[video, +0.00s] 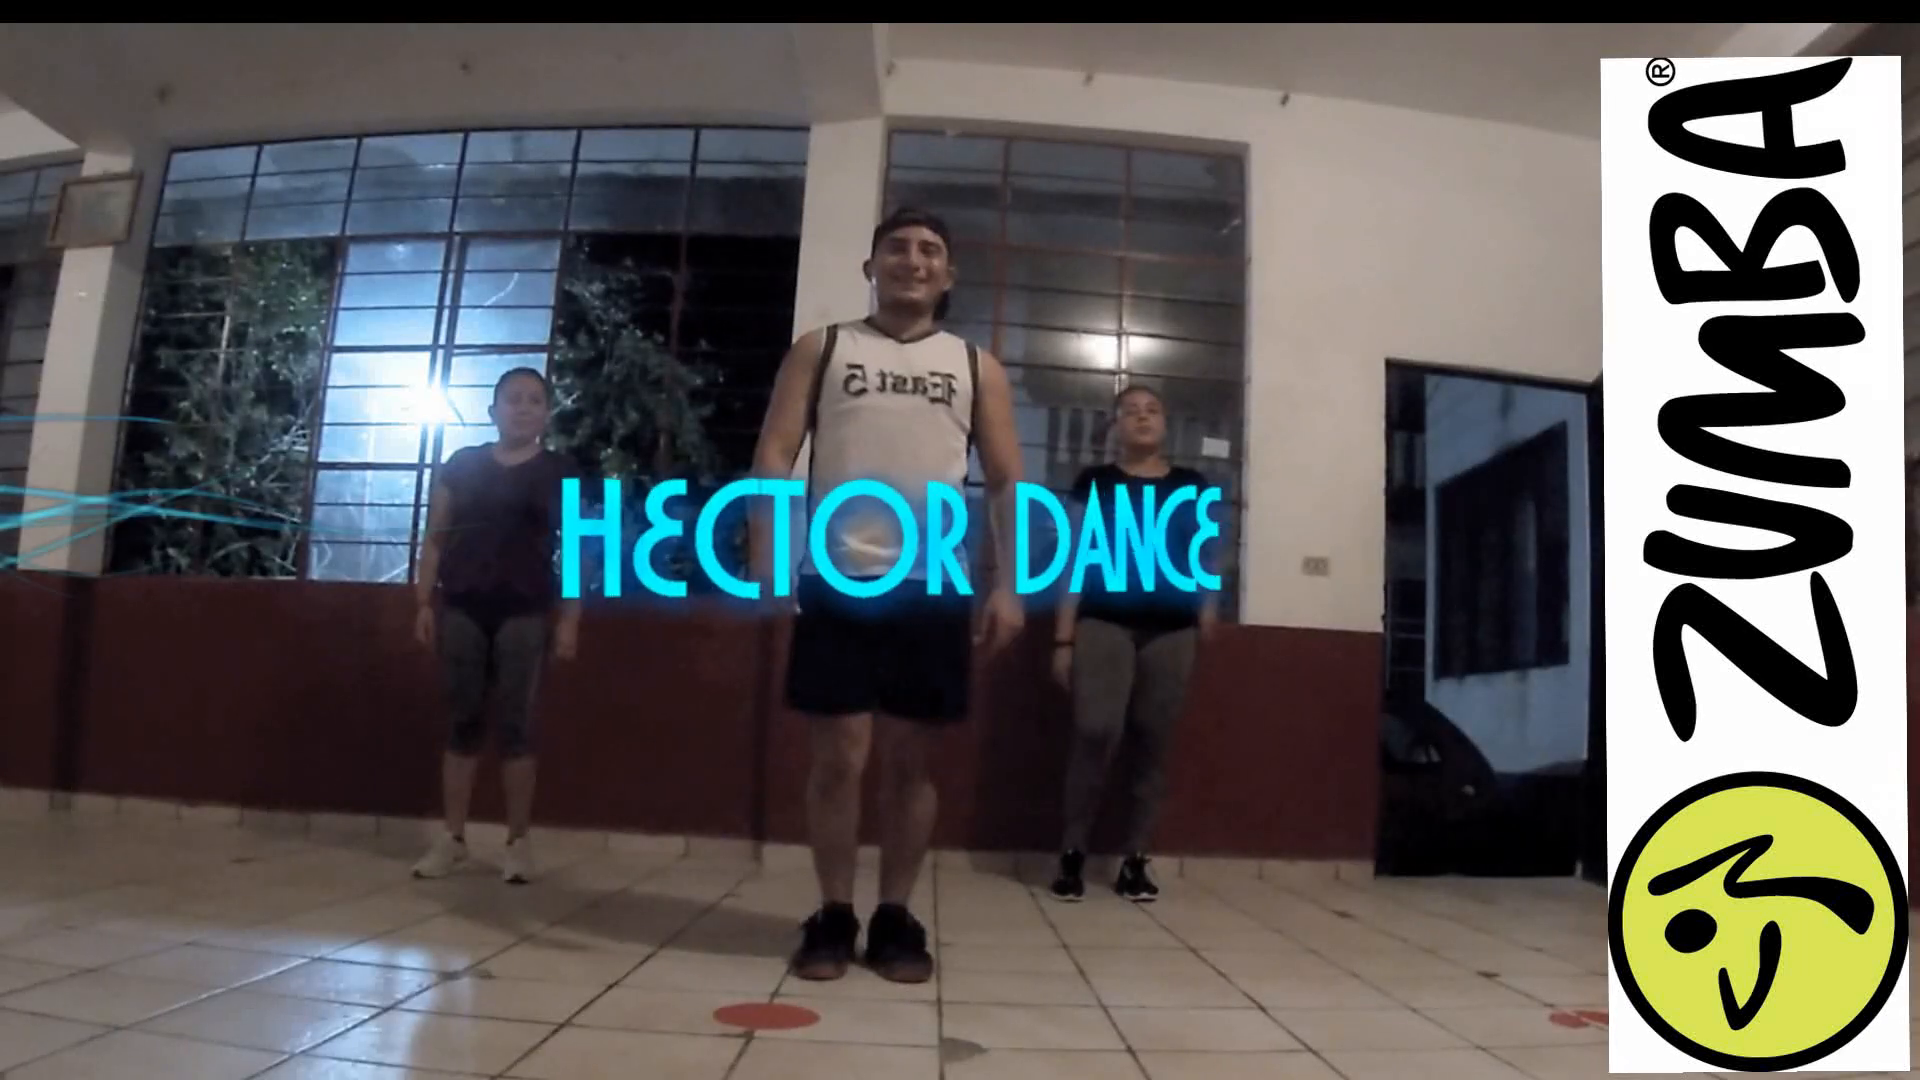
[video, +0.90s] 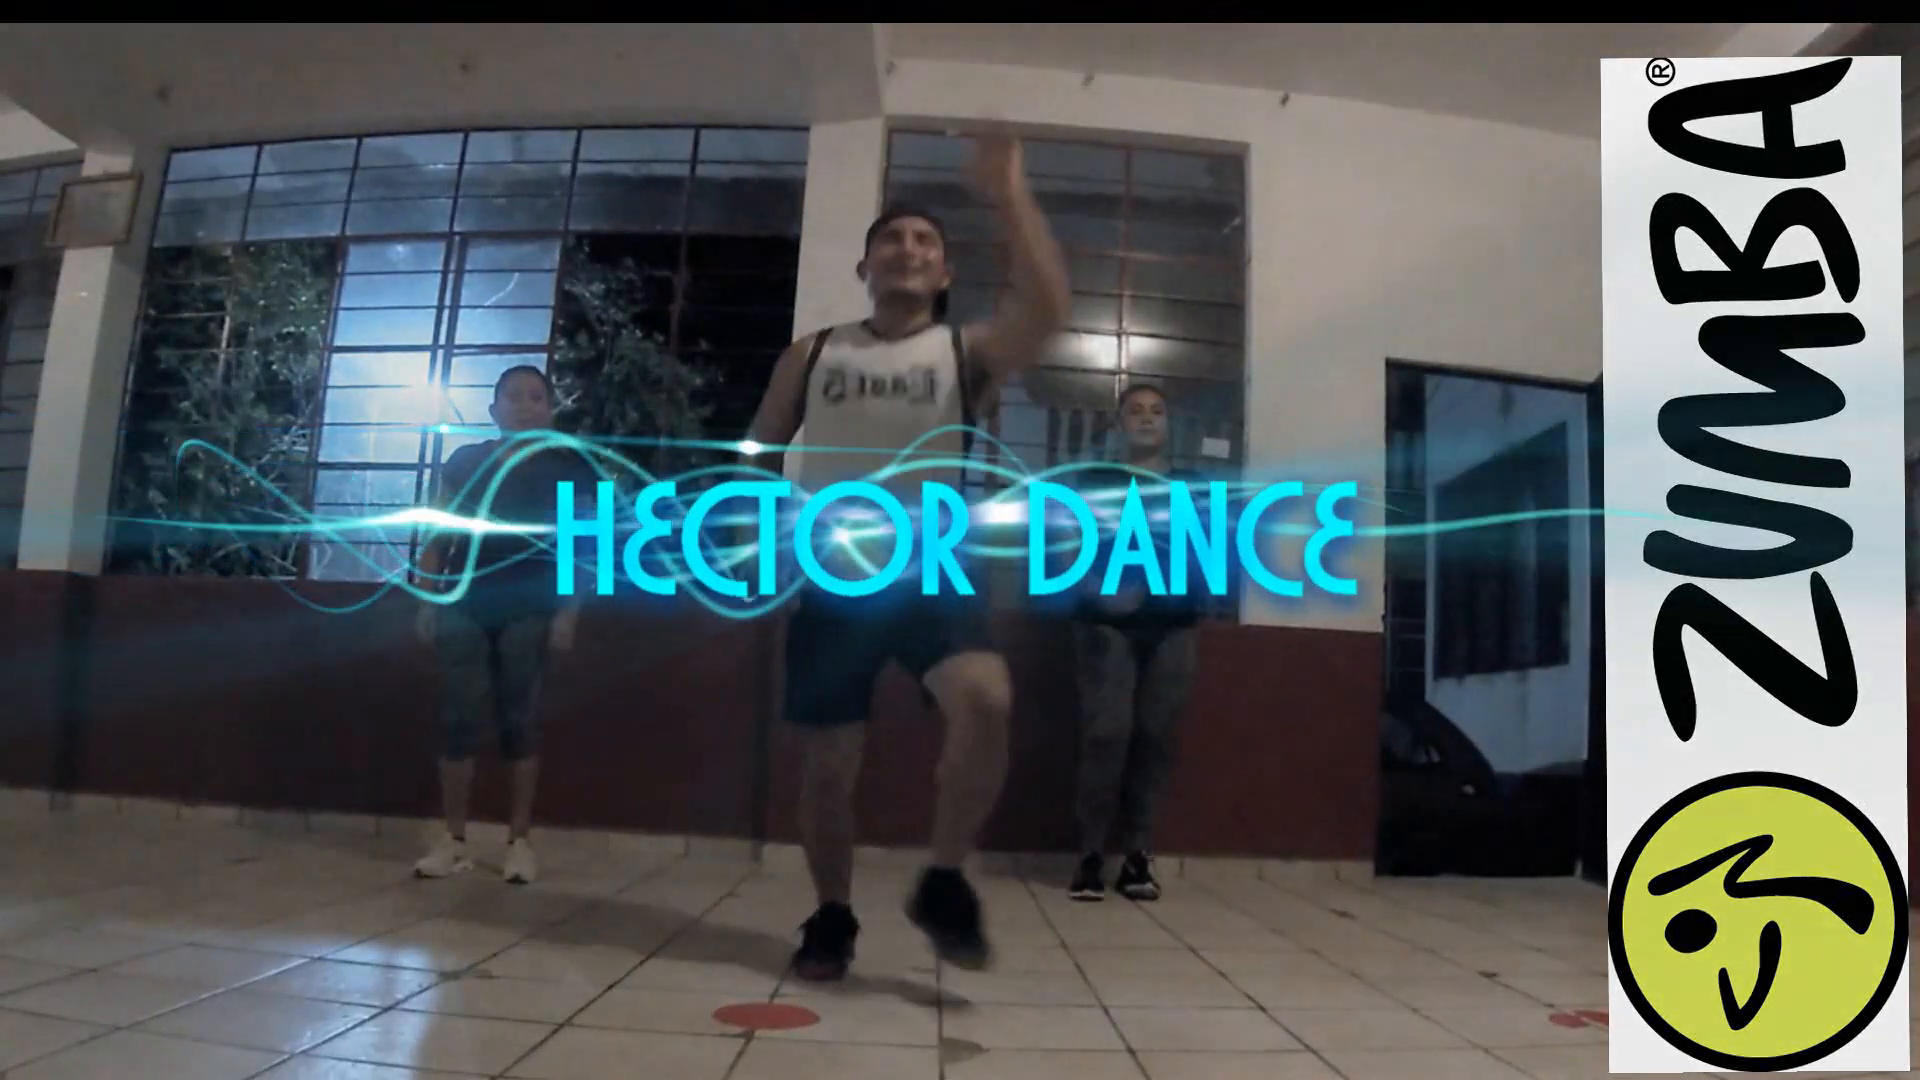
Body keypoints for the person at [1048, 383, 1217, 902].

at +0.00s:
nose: (1142, 419)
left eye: (1151, 411)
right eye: (1132, 412)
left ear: (1166, 425)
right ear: (1116, 425)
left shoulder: (1191, 485)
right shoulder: (1091, 482)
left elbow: (1206, 559)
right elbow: (1071, 565)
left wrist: (1206, 621)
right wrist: (1064, 640)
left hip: (1171, 629)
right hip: (1104, 626)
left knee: (1153, 747)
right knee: (1095, 735)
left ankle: (1136, 858)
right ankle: (1073, 853)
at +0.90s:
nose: (1147, 419)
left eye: (1156, 412)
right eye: (1137, 412)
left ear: (1168, 424)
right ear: (1120, 422)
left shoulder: (1188, 485)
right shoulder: (1094, 483)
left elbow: (1210, 555)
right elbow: (1065, 553)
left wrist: (1197, 602)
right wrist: (1095, 596)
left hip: (1172, 625)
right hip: (1107, 624)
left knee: (1157, 739)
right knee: (1106, 735)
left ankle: (1138, 857)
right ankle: (1091, 857)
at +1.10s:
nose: (1147, 417)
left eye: (1156, 409)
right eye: (1137, 409)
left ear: (1170, 420)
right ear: (1119, 421)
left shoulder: (1191, 473)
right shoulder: (1093, 477)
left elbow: (1261, 460)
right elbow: (1061, 548)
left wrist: (1239, 399)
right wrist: (1069, 611)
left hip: (1176, 623)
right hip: (1108, 623)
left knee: (1190, 734)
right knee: (1100, 739)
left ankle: (1188, 865)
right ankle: (1092, 857)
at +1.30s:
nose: (1158, 422)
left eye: (1166, 414)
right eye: (1146, 415)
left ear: (1181, 426)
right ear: (1127, 430)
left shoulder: (1207, 475)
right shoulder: (1107, 484)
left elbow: (1255, 409)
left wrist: (1292, 338)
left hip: (1195, 627)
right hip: (1119, 626)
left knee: (1209, 741)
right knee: (1088, 735)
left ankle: (1215, 875)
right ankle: (1084, 858)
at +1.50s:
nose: (1150, 417)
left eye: (1160, 410)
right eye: (1139, 409)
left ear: (1175, 424)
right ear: (1120, 424)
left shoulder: (1200, 470)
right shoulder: (1097, 473)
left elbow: (1253, 404)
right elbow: (1048, 431)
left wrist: (1297, 332)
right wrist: (1080, 382)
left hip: (1192, 617)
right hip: (1113, 614)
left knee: (1202, 739)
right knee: (1063, 725)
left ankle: (1215, 874)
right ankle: (1022, 861)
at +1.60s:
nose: (1140, 422)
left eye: (1150, 415)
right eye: (1130, 414)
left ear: (1166, 428)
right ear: (1110, 425)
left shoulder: (1189, 478)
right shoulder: (1087, 476)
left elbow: (1249, 439)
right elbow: (1060, 413)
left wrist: (1280, 366)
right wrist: (1061, 352)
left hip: (1174, 621)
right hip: (1097, 618)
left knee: (1194, 737)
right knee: (1059, 730)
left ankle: (1212, 874)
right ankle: (1018, 864)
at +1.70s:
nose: (1129, 424)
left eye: (1140, 417)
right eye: (1120, 414)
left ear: (1151, 431)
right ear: (1099, 424)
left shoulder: (1164, 489)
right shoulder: (1071, 477)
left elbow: (1226, 527)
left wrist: (1239, 470)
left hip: (1150, 623)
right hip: (1074, 621)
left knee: (1184, 741)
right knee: (1051, 744)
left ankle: (1211, 874)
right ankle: (1016, 876)